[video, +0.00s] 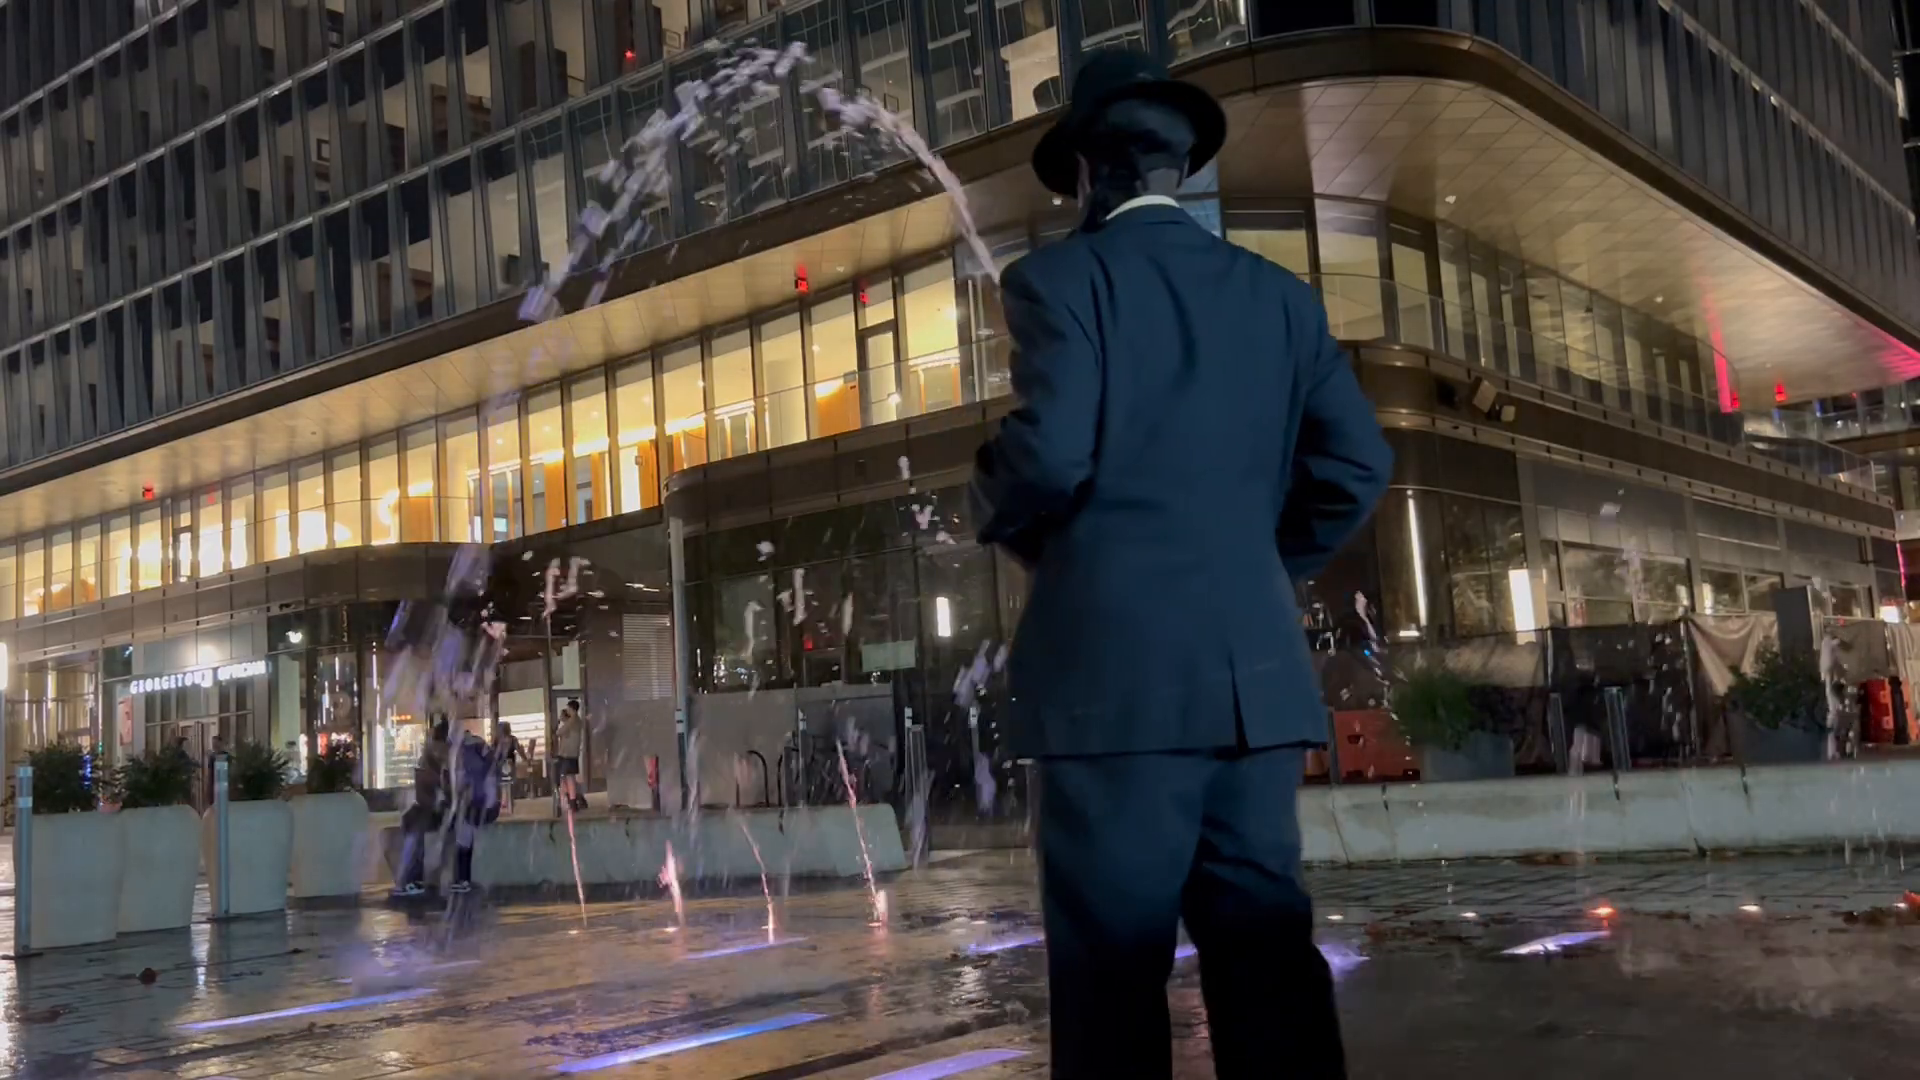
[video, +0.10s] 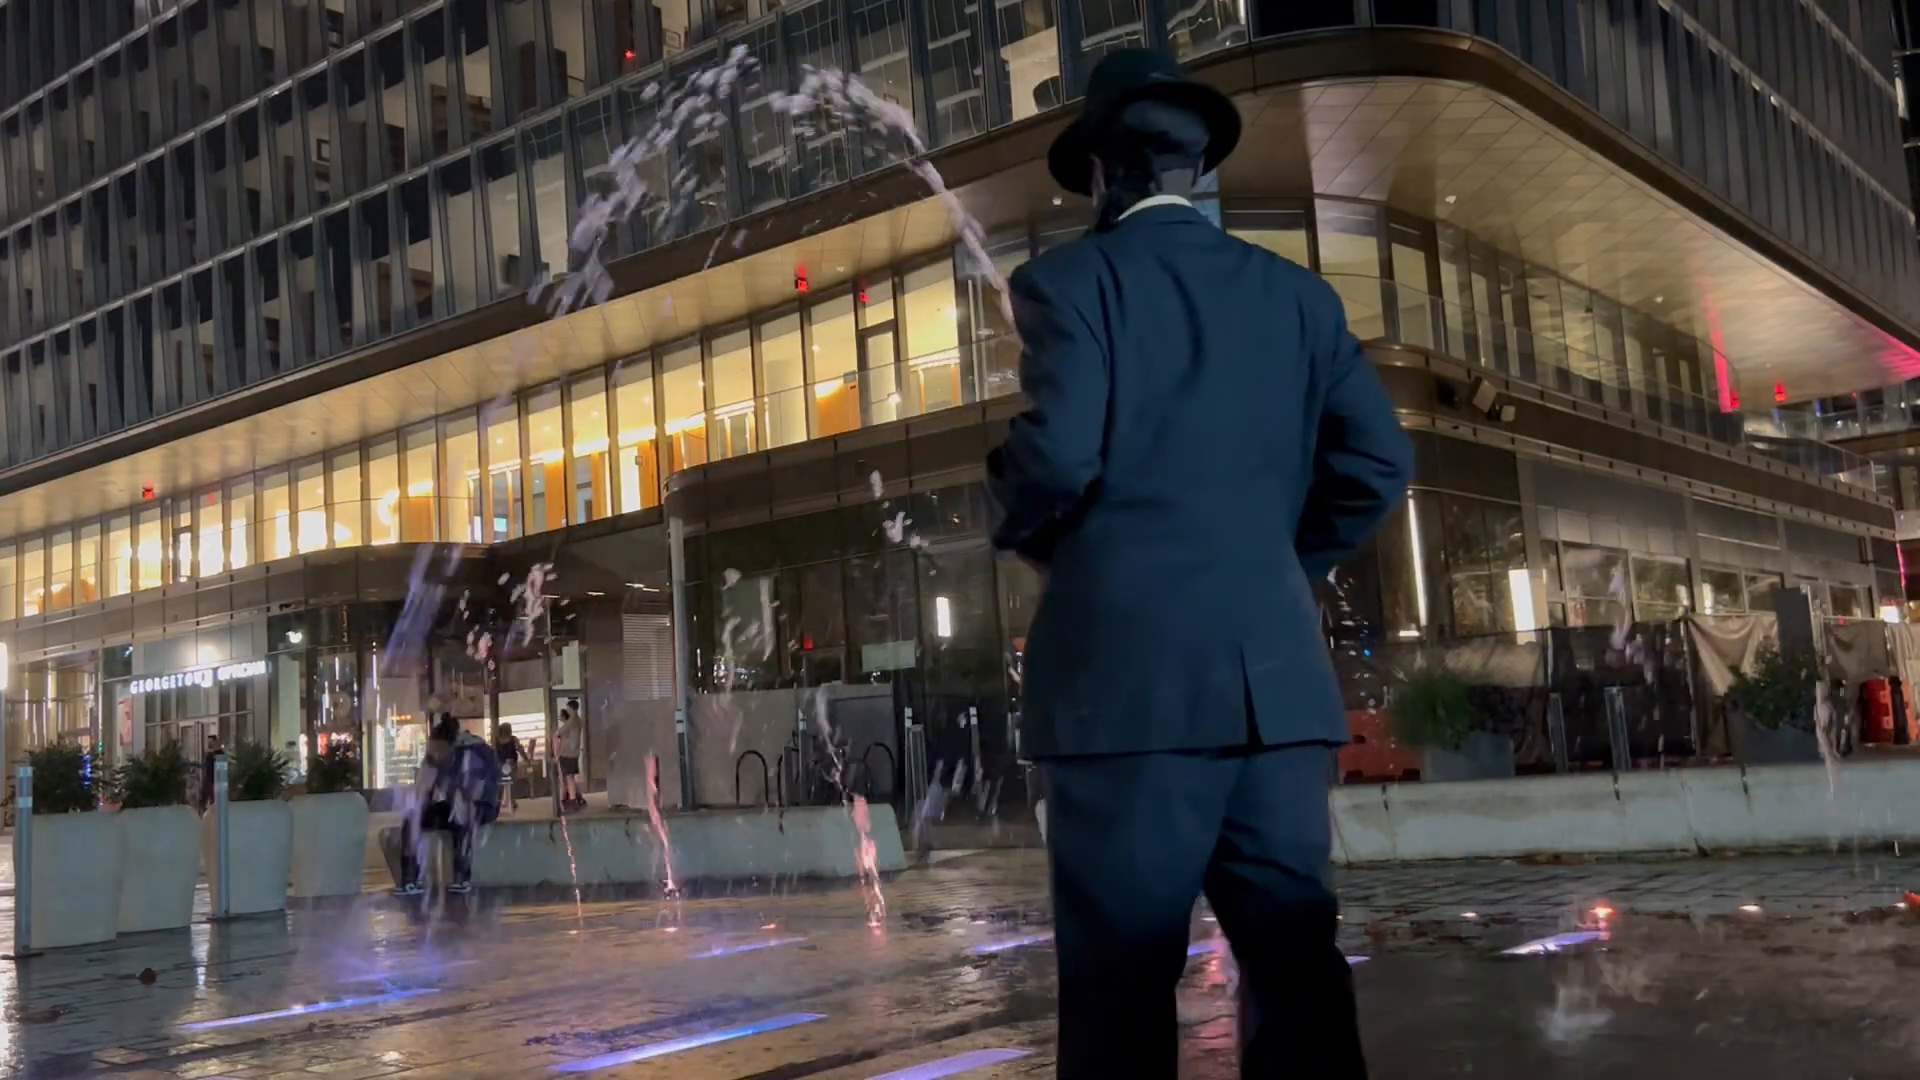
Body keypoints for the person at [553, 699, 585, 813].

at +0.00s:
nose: (567, 711)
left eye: (568, 709)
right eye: (567, 709)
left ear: (570, 709)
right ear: (577, 709)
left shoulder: (570, 722)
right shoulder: (579, 721)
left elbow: (559, 732)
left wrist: (560, 722)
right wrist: (565, 720)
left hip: (567, 753)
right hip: (573, 753)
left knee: (567, 777)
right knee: (570, 777)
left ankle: (572, 801)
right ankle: (573, 799)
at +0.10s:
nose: (567, 710)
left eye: (568, 708)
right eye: (568, 708)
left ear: (571, 708)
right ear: (576, 708)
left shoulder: (572, 721)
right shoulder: (578, 721)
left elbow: (561, 732)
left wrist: (557, 733)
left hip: (567, 753)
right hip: (573, 752)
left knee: (569, 778)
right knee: (570, 778)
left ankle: (572, 801)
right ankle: (577, 798)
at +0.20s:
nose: (566, 710)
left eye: (567, 708)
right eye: (567, 708)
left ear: (570, 708)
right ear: (576, 708)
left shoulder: (571, 720)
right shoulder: (577, 720)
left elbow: (560, 731)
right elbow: (570, 734)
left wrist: (556, 733)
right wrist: (560, 737)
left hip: (567, 753)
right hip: (573, 752)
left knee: (568, 777)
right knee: (570, 777)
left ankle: (572, 799)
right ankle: (576, 797)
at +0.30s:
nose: (565, 710)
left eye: (566, 708)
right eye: (566, 708)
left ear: (568, 708)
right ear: (575, 708)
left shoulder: (570, 719)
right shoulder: (577, 720)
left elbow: (562, 731)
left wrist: (556, 733)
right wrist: (561, 731)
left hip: (567, 753)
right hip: (573, 753)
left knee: (568, 778)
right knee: (571, 777)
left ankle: (572, 800)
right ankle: (575, 797)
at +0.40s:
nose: (565, 710)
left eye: (566, 708)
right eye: (565, 708)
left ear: (568, 708)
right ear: (574, 709)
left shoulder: (569, 719)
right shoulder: (576, 720)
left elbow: (560, 731)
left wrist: (557, 730)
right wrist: (561, 729)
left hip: (566, 753)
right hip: (573, 752)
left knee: (568, 778)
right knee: (571, 778)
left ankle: (571, 801)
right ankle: (573, 800)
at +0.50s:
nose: (564, 711)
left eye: (565, 709)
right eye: (564, 709)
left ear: (567, 709)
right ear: (573, 709)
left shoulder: (567, 720)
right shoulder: (577, 720)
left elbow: (558, 732)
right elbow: (573, 735)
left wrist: (559, 727)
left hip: (564, 753)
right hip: (573, 752)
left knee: (560, 779)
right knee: (571, 778)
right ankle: (573, 801)